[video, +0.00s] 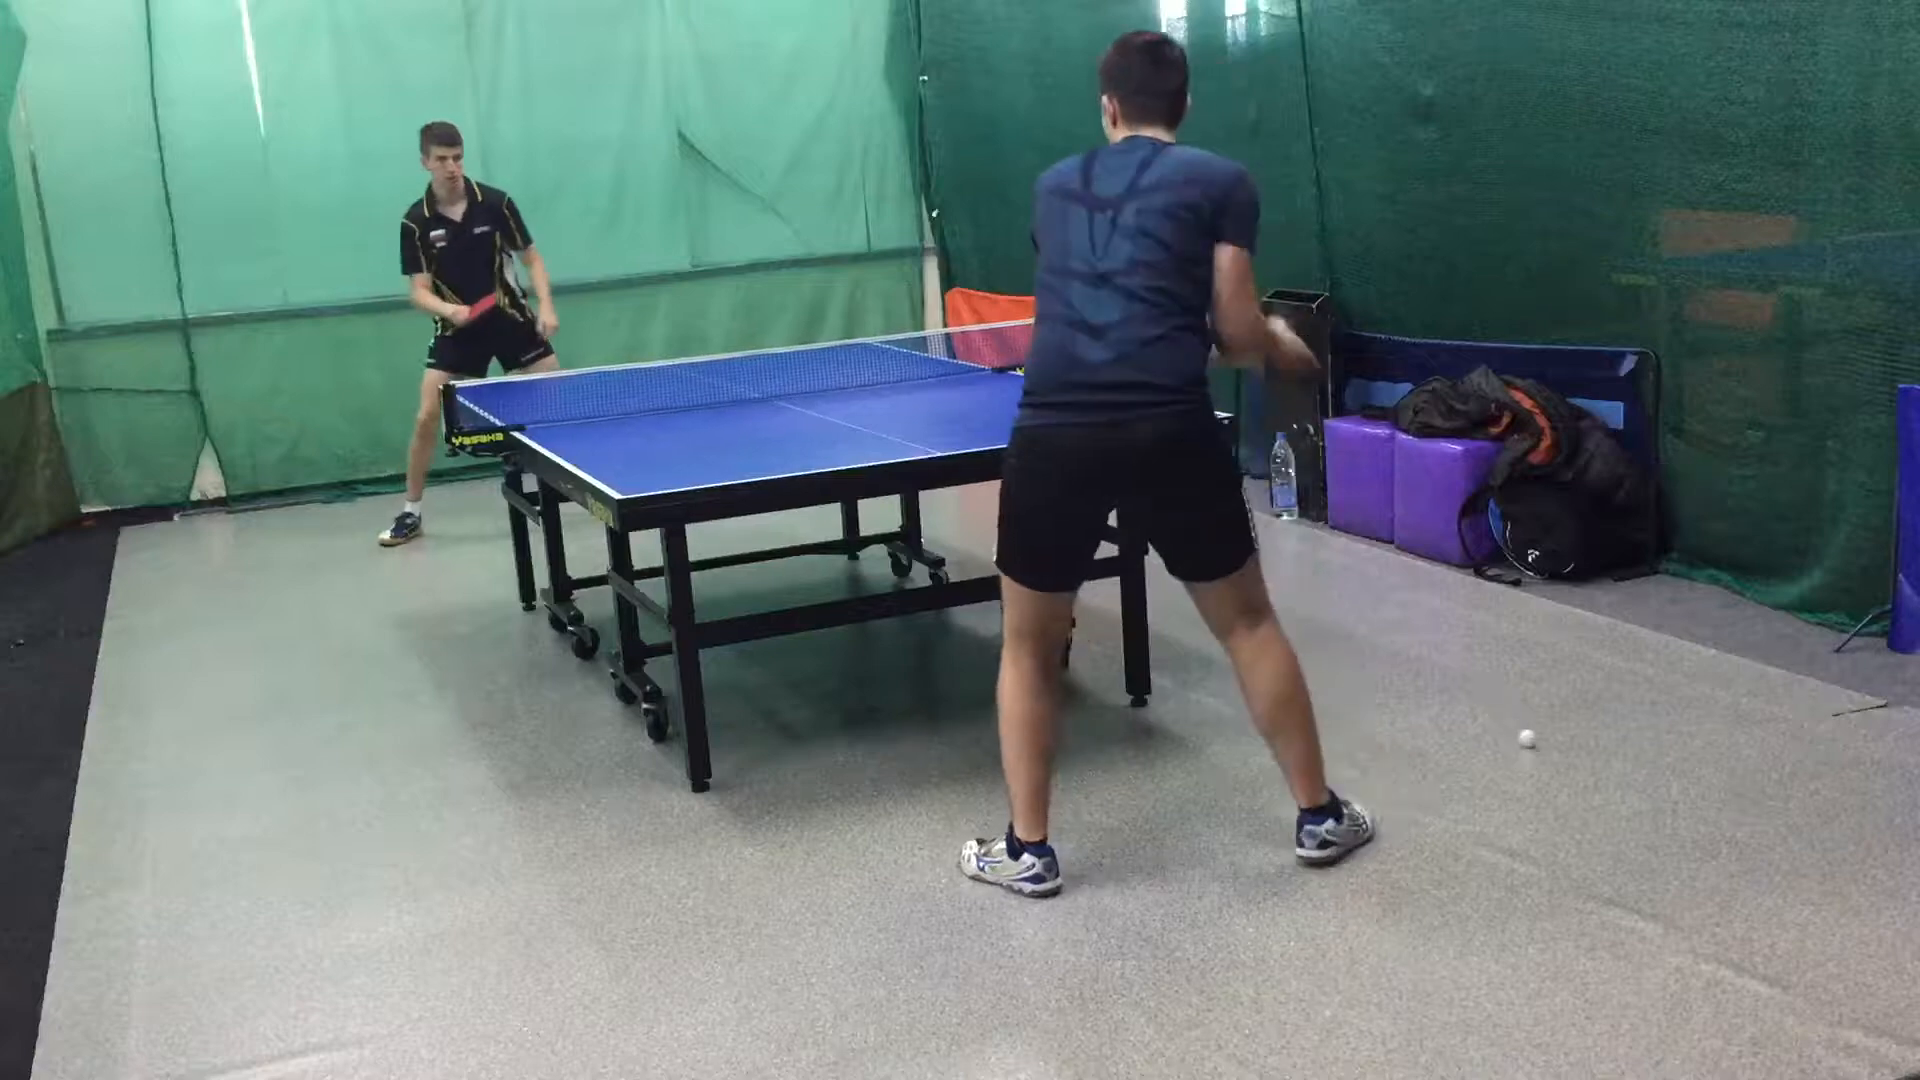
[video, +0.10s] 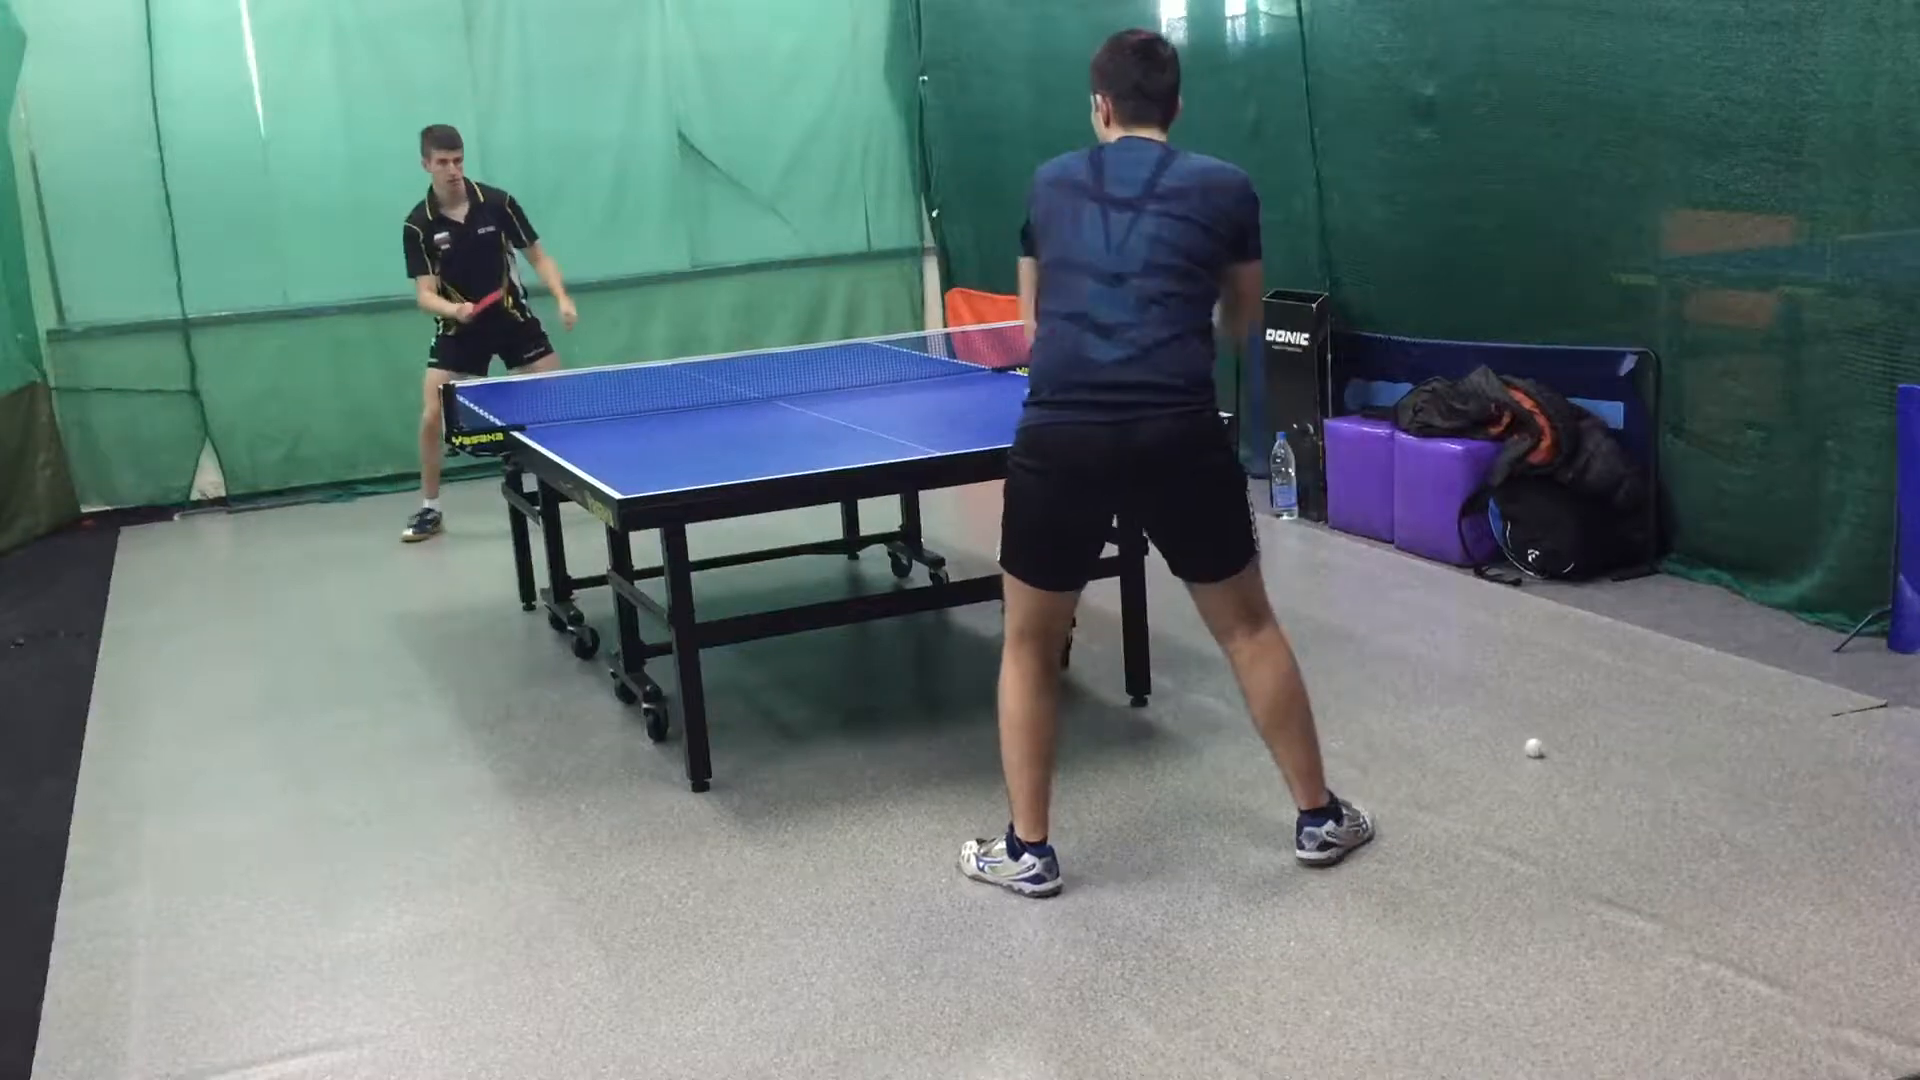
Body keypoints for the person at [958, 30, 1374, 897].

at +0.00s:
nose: (1118, 113)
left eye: (1109, 99)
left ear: (1106, 105)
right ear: (1187, 107)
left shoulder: (1055, 184)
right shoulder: (1220, 181)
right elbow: (1236, 332)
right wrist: (1285, 349)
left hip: (1053, 448)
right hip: (1170, 442)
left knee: (1029, 648)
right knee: (1248, 624)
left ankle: (1029, 848)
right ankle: (1317, 813)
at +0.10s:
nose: (1099, 110)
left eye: (1096, 100)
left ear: (1100, 105)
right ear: (1178, 107)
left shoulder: (1052, 182)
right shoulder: (1225, 188)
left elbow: (1035, 324)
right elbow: (1241, 322)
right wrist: (1185, 299)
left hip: (1059, 451)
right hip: (1177, 446)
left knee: (1030, 645)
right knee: (1250, 628)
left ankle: (1029, 848)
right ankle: (1317, 816)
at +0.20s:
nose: (1080, 110)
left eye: (1081, 97)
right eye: (1088, 98)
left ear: (1089, 105)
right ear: (1166, 107)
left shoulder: (1050, 177)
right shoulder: (1219, 185)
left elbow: (994, 310)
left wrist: (1042, 379)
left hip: (1074, 442)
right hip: (1192, 435)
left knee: (1030, 646)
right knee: (1252, 626)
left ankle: (1028, 848)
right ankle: (1318, 813)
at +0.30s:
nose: (1065, 111)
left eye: (1067, 99)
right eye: (1072, 99)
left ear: (1078, 105)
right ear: (1154, 107)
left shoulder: (1050, 173)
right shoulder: (1206, 186)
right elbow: (1188, 300)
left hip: (1085, 438)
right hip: (1200, 431)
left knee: (1032, 644)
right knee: (1249, 612)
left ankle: (1028, 848)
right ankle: (1323, 791)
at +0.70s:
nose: (1112, 144)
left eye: (1113, 134)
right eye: (1117, 132)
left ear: (1125, 139)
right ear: (1196, 140)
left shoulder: (1094, 207)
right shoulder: (1252, 216)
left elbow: (1034, 326)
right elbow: (1271, 347)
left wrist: (1087, 332)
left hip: (1135, 451)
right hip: (1248, 447)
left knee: (1038, 624)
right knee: (1281, 611)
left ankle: (1026, 826)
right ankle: (1351, 791)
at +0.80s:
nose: (1128, 141)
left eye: (1128, 130)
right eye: (1134, 129)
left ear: (1138, 135)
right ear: (1209, 136)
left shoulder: (1098, 204)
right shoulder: (1263, 215)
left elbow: (1030, 319)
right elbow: (1291, 357)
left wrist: (1096, 331)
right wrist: (1314, 403)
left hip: (1124, 448)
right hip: (1239, 447)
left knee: (1036, 623)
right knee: (1289, 610)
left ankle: (1021, 825)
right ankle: (1351, 792)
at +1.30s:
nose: (1151, 145)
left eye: (1152, 135)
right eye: (1164, 136)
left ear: (1162, 141)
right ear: (1233, 149)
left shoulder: (1117, 208)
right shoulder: (1276, 232)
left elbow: (1046, 324)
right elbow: (1276, 345)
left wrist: (1109, 340)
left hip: (1146, 460)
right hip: (1261, 456)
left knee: (1049, 636)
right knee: (1299, 610)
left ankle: (1027, 839)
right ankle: (1351, 786)